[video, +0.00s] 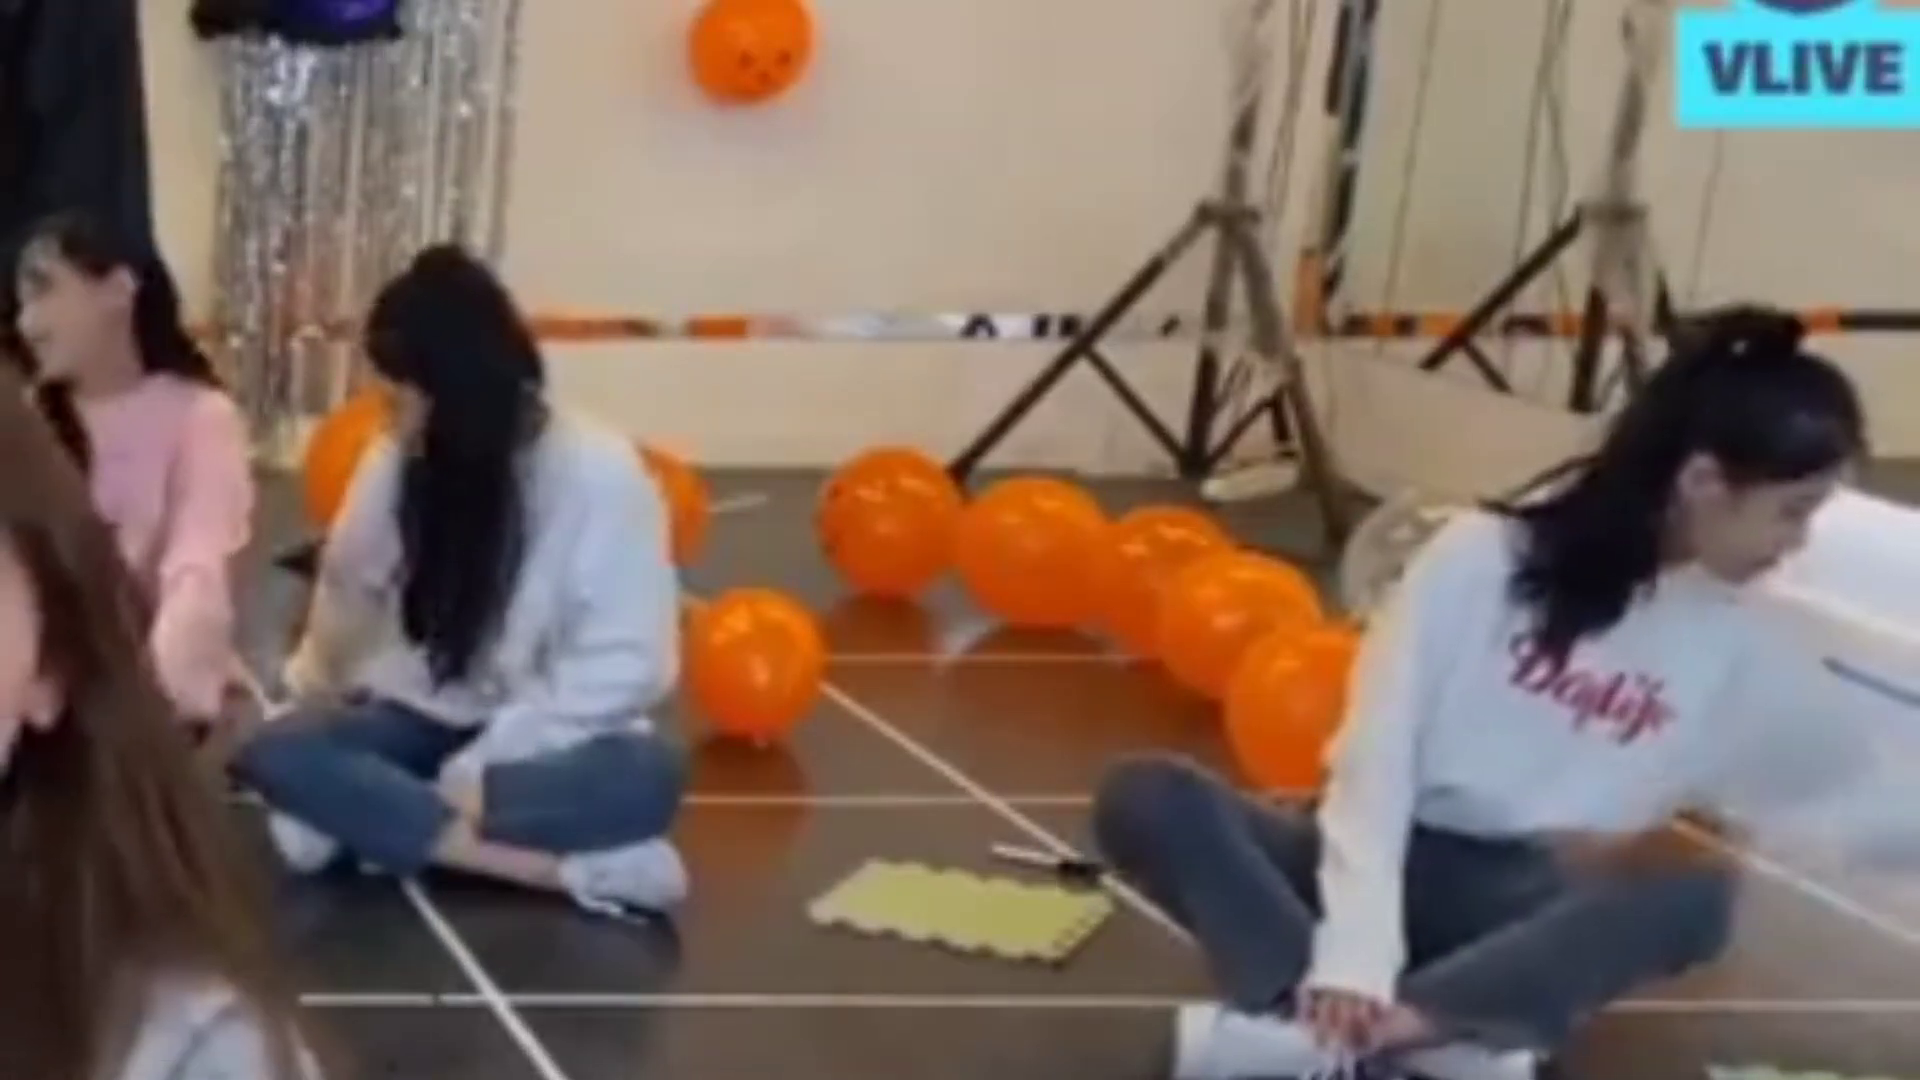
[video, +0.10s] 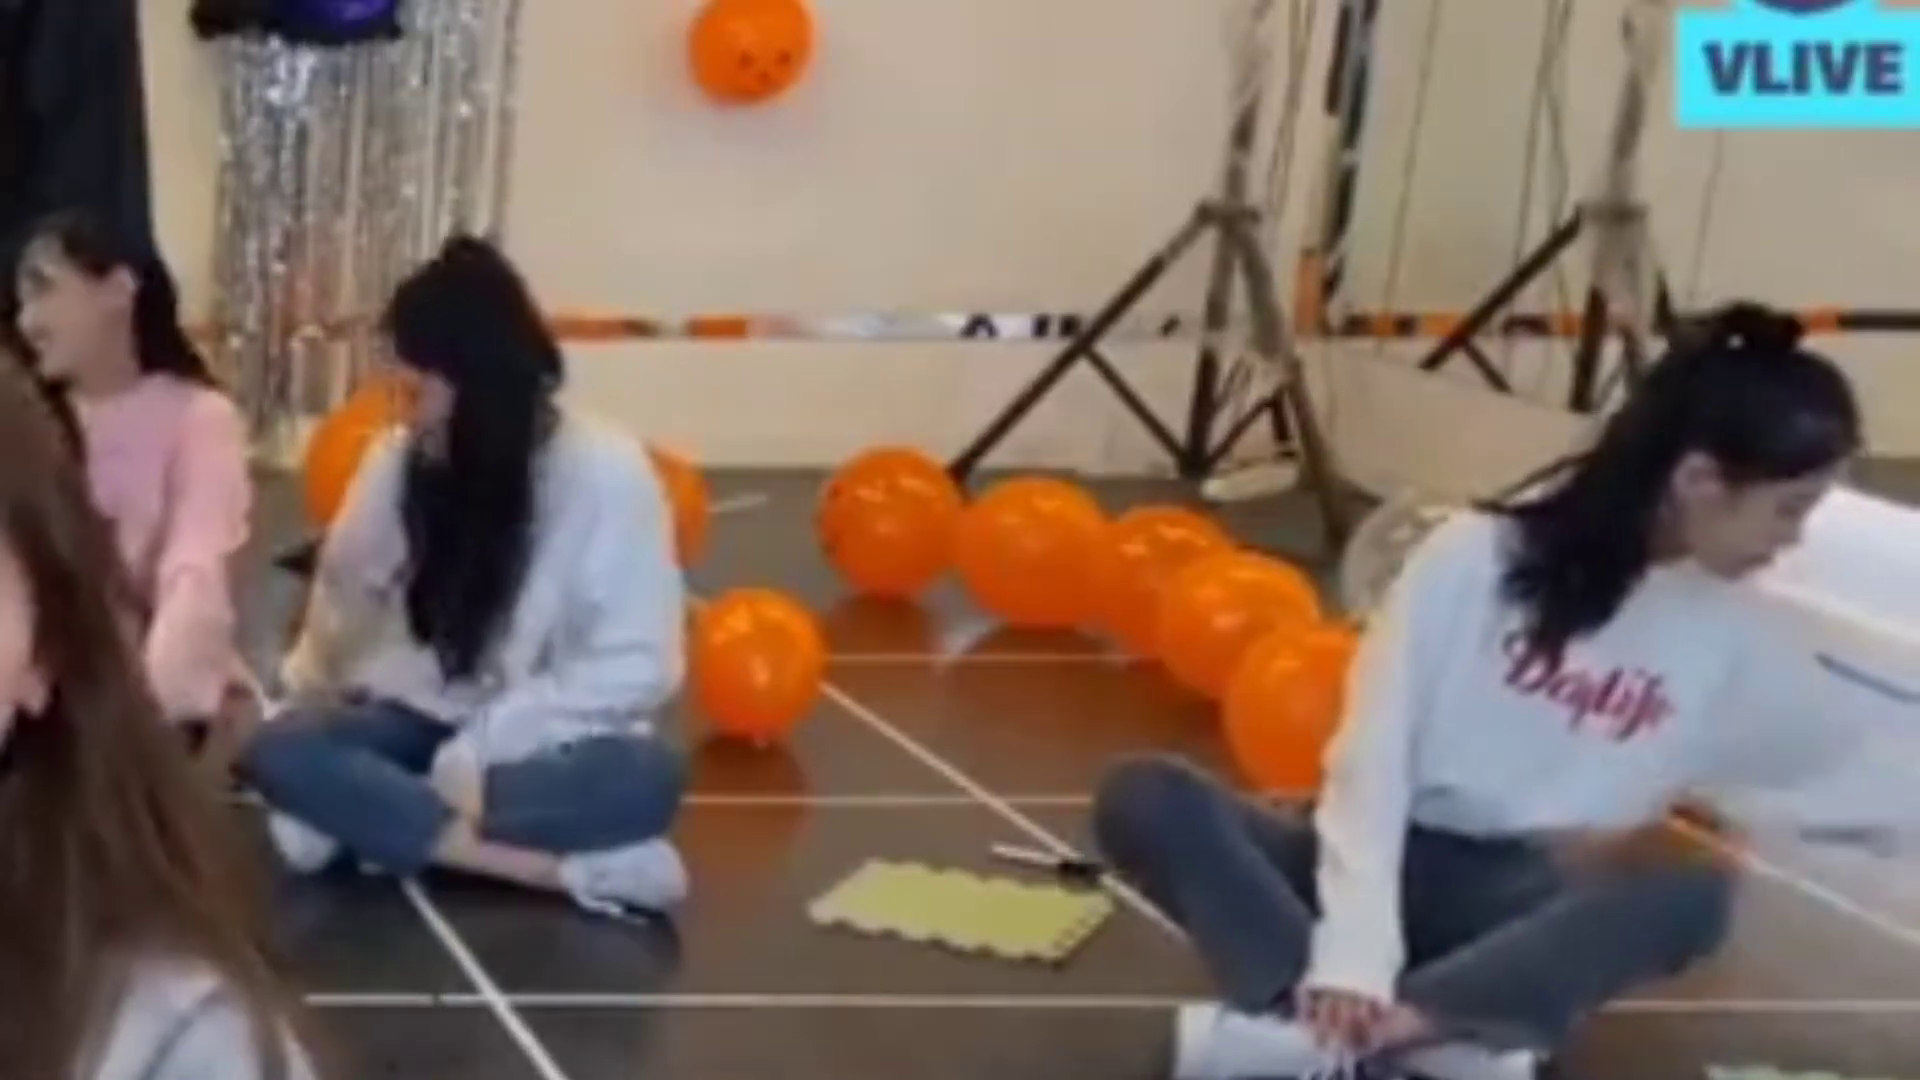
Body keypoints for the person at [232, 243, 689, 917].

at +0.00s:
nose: (390, 405)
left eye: (401, 385)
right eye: (388, 383)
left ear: (453, 379)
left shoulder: (601, 473)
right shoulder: (402, 463)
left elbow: (629, 664)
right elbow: (346, 596)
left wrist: (479, 770)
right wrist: (309, 693)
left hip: (551, 722)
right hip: (425, 711)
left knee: (647, 777)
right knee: (275, 753)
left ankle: (371, 834)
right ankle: (552, 875)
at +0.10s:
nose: (405, 395)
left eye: (422, 374)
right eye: (404, 370)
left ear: (478, 372)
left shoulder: (607, 473)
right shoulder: (400, 464)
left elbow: (639, 668)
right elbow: (340, 614)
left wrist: (483, 748)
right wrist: (301, 694)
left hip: (549, 725)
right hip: (417, 711)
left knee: (647, 778)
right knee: (279, 750)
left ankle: (366, 833)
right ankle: (553, 876)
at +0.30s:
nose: (432, 399)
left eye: (451, 378)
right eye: (428, 375)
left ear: (518, 372)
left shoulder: (620, 476)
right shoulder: (413, 454)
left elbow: (640, 675)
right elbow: (345, 599)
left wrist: (454, 694)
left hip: (545, 732)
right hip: (412, 720)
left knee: (645, 778)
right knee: (282, 750)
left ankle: (371, 831)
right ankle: (556, 876)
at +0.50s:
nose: (462, 387)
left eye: (488, 365)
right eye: (456, 359)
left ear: (559, 367)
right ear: (446, 355)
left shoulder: (629, 481)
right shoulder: (424, 448)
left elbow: (627, 674)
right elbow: (337, 571)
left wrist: (420, 658)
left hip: (549, 732)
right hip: (420, 717)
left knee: (649, 778)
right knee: (286, 749)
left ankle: (369, 831)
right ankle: (556, 875)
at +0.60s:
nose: (481, 375)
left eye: (511, 356)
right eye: (481, 348)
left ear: (586, 371)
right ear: (470, 344)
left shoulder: (630, 492)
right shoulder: (438, 442)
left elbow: (633, 683)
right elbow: (345, 538)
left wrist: (449, 645)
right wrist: (304, 592)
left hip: (545, 734)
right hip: (416, 718)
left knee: (650, 779)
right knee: (285, 749)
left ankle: (369, 831)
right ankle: (555, 875)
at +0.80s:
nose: (521, 384)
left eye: (560, 369)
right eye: (519, 351)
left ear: (624, 392)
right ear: (500, 347)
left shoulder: (637, 512)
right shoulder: (445, 448)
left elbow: (648, 710)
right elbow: (292, 568)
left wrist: (523, 640)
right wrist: (341, 580)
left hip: (542, 736)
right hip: (413, 715)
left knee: (650, 788)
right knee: (283, 750)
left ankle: (368, 831)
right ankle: (552, 876)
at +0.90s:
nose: (529, 392)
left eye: (566, 376)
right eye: (524, 360)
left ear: (627, 398)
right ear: (503, 353)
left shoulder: (638, 516)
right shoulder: (441, 455)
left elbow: (651, 707)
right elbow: (296, 586)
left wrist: (532, 636)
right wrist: (336, 591)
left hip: (546, 737)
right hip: (419, 717)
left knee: (651, 789)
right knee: (283, 752)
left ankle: (369, 832)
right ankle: (553, 876)